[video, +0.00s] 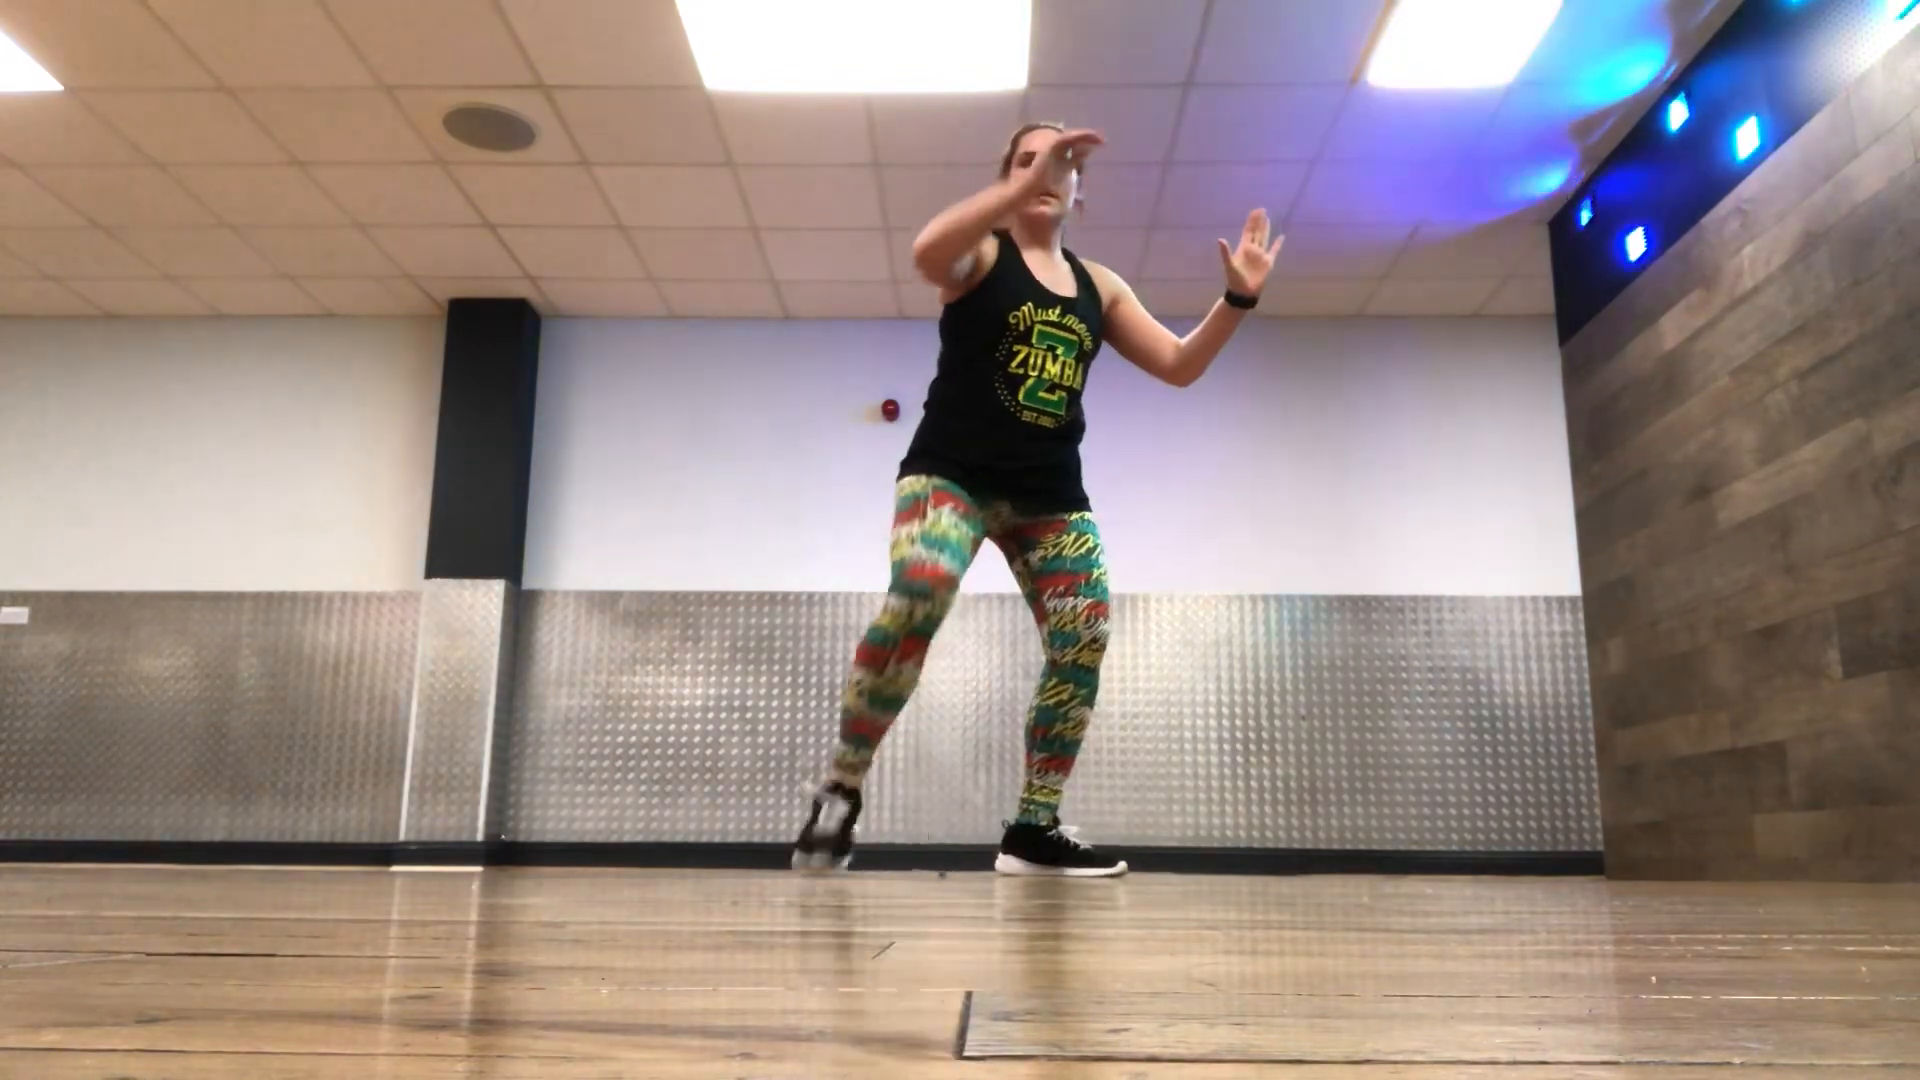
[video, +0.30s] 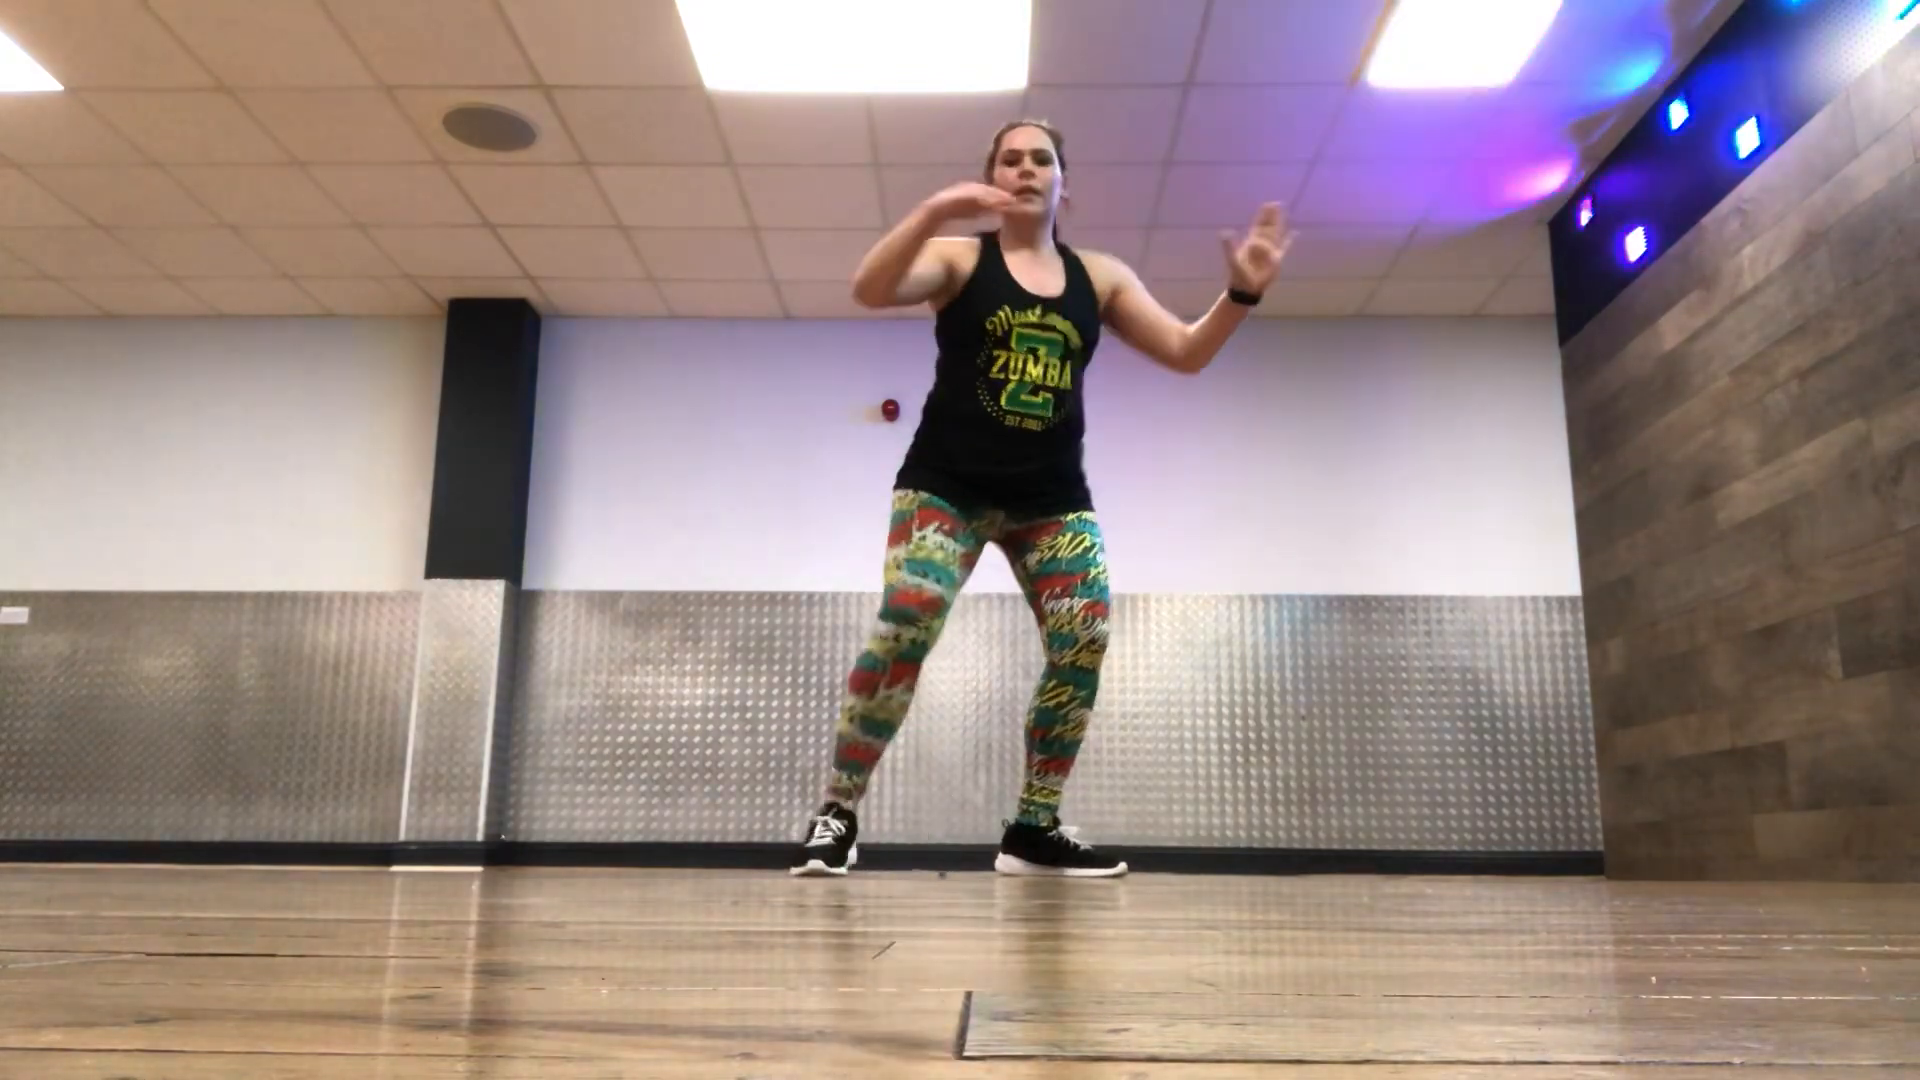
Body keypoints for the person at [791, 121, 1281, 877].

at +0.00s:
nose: (1047, 175)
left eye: (1060, 166)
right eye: (1030, 164)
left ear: (1075, 192)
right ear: (1007, 185)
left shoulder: (1098, 287)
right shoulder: (980, 257)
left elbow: (1179, 363)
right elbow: (930, 249)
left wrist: (1237, 299)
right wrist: (1026, 177)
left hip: (1048, 490)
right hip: (952, 474)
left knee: (1081, 637)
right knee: (919, 597)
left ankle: (1034, 828)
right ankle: (840, 792)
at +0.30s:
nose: (1026, 169)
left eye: (1039, 159)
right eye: (1012, 159)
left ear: (1062, 182)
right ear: (990, 182)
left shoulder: (1099, 276)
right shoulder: (962, 257)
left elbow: (1185, 351)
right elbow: (872, 288)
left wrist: (1241, 292)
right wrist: (930, 211)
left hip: (1050, 496)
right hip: (947, 485)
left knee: (1081, 641)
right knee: (908, 622)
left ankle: (1035, 828)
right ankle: (837, 815)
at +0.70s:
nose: (965, 168)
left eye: (979, 157)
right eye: (950, 157)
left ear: (1001, 178)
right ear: (928, 177)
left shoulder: (1033, 266)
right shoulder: (893, 272)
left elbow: (1084, 370)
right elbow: (865, 374)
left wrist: (1085, 464)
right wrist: (847, 452)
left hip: (1024, 496)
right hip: (925, 501)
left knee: (1048, 652)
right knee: (882, 630)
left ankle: (1100, 823)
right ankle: (910, 828)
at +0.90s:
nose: (921, 171)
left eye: (934, 160)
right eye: (906, 160)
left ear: (955, 179)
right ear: (883, 180)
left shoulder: (982, 256)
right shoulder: (859, 271)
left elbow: (1002, 348)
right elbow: (838, 380)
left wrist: (910, 389)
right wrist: (843, 468)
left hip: (969, 467)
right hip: (886, 477)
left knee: (953, 599)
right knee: (858, 629)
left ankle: (1049, 771)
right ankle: (908, 827)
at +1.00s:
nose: (905, 167)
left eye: (919, 156)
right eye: (890, 156)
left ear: (941, 175)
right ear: (868, 176)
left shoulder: (968, 248)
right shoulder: (843, 270)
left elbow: (951, 332)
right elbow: (821, 374)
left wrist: (831, 342)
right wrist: (825, 462)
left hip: (960, 458)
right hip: (878, 474)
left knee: (904, 568)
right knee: (855, 624)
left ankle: (965, 763)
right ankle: (909, 821)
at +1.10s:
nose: (893, 163)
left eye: (908, 151)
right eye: (878, 152)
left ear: (931, 171)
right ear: (857, 172)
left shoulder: (956, 242)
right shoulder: (837, 264)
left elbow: (910, 332)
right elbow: (816, 358)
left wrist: (788, 346)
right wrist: (810, 444)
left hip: (953, 457)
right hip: (872, 470)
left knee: (872, 576)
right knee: (850, 621)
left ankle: (862, 786)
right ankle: (903, 821)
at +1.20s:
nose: (888, 164)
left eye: (902, 154)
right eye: (873, 154)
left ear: (926, 174)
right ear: (852, 176)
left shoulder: (950, 244)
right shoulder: (833, 266)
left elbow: (901, 343)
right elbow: (805, 369)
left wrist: (782, 383)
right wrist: (796, 437)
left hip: (938, 471)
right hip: (858, 476)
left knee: (848, 613)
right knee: (838, 634)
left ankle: (794, 808)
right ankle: (910, 826)